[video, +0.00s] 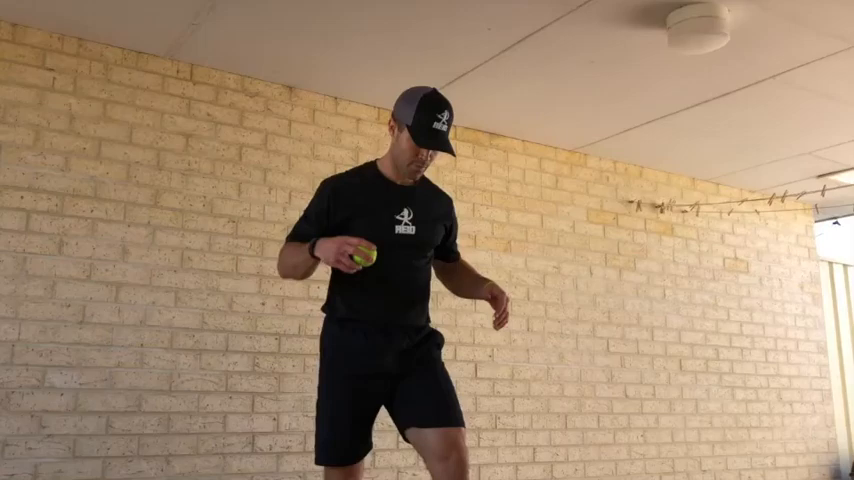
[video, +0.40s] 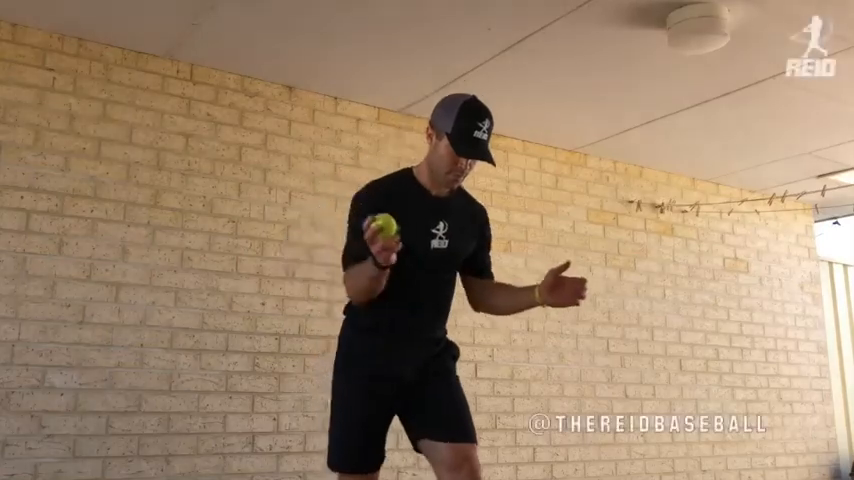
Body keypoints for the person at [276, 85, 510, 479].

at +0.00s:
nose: (427, 158)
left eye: (436, 149)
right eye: (420, 144)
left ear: (443, 146)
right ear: (393, 128)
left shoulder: (438, 205)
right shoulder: (340, 191)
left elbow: (448, 266)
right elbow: (288, 265)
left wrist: (485, 287)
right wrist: (317, 248)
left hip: (414, 351)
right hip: (349, 350)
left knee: (452, 461)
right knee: (343, 471)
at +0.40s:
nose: (465, 166)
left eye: (474, 157)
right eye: (458, 152)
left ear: (482, 154)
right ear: (431, 135)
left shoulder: (472, 215)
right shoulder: (376, 197)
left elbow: (482, 295)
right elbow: (356, 293)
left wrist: (539, 293)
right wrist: (378, 263)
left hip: (428, 359)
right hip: (365, 358)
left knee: (463, 468)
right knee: (356, 472)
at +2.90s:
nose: (469, 131)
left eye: (473, 127)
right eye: (452, 127)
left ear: (483, 149)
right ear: (427, 156)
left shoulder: (515, 210)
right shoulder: (400, 234)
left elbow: (578, 147)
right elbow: (370, 330)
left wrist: (619, 70)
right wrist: (404, 304)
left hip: (490, 400)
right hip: (415, 401)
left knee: (567, 474)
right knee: (391, 476)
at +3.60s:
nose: (529, 141)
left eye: (532, 138)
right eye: (513, 136)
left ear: (537, 160)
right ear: (485, 161)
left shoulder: (544, 249)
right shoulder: (469, 198)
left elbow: (595, 316)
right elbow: (498, 221)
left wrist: (600, 257)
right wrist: (584, 186)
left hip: (503, 396)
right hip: (441, 389)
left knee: (578, 474)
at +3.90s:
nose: (520, 163)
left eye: (523, 160)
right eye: (504, 158)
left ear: (529, 182)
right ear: (475, 184)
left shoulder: (552, 250)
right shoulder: (435, 240)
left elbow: (651, 217)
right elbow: (367, 302)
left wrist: (714, 150)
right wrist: (425, 304)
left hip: (483, 417)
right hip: (413, 402)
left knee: (568, 478)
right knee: (385, 476)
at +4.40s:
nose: (538, 187)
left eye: (547, 178)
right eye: (524, 174)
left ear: (553, 191)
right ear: (492, 186)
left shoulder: (529, 273)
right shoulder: (477, 235)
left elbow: (538, 353)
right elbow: (525, 191)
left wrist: (599, 366)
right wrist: (626, 147)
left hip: (481, 422)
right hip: (417, 416)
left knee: (569, 475)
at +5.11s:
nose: (454, 143)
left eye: (459, 137)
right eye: (436, 138)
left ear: (467, 156)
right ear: (410, 166)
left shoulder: (501, 229)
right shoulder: (382, 242)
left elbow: (599, 236)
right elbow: (341, 335)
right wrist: (405, 295)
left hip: (469, 405)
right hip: (396, 402)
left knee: (553, 476)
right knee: (378, 475)